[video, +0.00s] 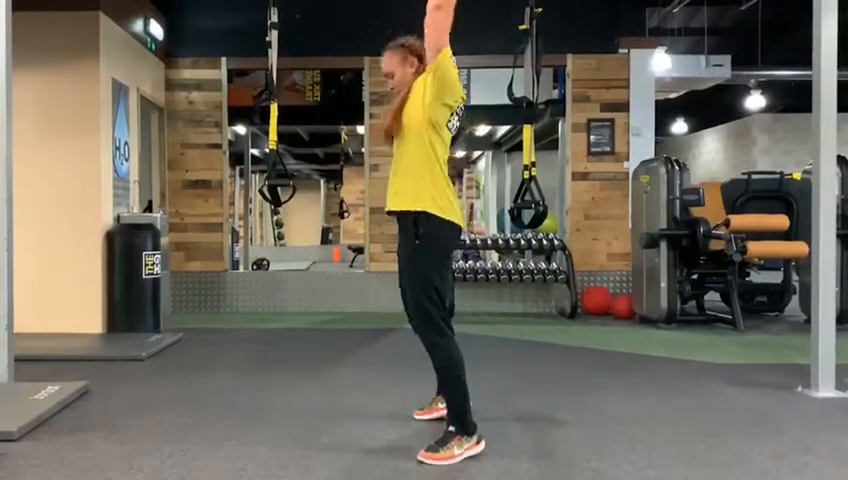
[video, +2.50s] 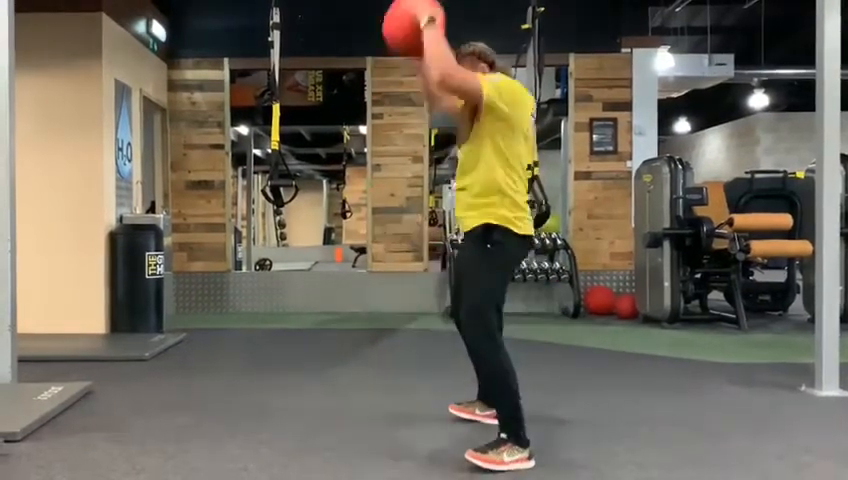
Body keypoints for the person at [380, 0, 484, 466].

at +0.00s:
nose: (389, 82)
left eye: (392, 73)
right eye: (386, 75)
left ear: (415, 63)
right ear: (408, 66)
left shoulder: (438, 88)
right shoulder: (414, 95)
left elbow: (439, 23)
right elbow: (435, 22)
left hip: (430, 217)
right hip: (414, 217)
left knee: (431, 319)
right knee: (425, 316)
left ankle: (465, 431)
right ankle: (449, 396)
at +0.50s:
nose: (401, 137)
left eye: (401, 127)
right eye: (396, 131)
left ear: (420, 112)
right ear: (417, 117)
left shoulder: (447, 136)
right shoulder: (441, 139)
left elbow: (442, 209)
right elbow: (437, 206)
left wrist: (395, 236)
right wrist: (403, 233)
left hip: (511, 237)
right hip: (492, 238)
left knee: (477, 327)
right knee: (459, 315)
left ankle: (532, 440)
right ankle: (490, 398)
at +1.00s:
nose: (359, 321)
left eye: (355, 314)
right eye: (352, 318)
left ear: (363, 295)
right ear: (363, 290)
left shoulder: (399, 292)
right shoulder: (390, 285)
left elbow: (411, 370)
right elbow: (411, 360)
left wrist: (406, 440)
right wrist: (409, 411)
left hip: (501, 233)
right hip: (484, 246)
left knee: (528, 338)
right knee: (492, 323)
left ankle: (632, 407)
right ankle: (563, 375)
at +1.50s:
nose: (348, 334)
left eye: (342, 328)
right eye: (341, 329)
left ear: (348, 313)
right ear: (352, 300)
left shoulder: (387, 299)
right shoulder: (385, 293)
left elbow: (408, 373)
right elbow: (408, 367)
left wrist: (408, 442)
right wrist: (405, 420)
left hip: (503, 269)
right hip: (497, 274)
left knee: (570, 358)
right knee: (562, 356)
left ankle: (679, 398)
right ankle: (635, 380)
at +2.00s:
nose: (384, 243)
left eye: (386, 234)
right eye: (382, 235)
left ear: (408, 226)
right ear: (409, 227)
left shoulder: (434, 262)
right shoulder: (436, 250)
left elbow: (472, 319)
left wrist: (473, 390)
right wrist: (476, 390)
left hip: (537, 307)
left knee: (457, 340)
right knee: (442, 323)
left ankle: (510, 446)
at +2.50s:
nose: (464, 80)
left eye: (466, 72)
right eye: (463, 73)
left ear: (483, 67)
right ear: (476, 70)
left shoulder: (510, 90)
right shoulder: (477, 106)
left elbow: (446, 75)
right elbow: (436, 94)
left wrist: (432, 24)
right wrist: (420, 48)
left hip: (500, 226)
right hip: (478, 226)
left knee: (480, 323)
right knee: (464, 314)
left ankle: (515, 442)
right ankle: (490, 399)